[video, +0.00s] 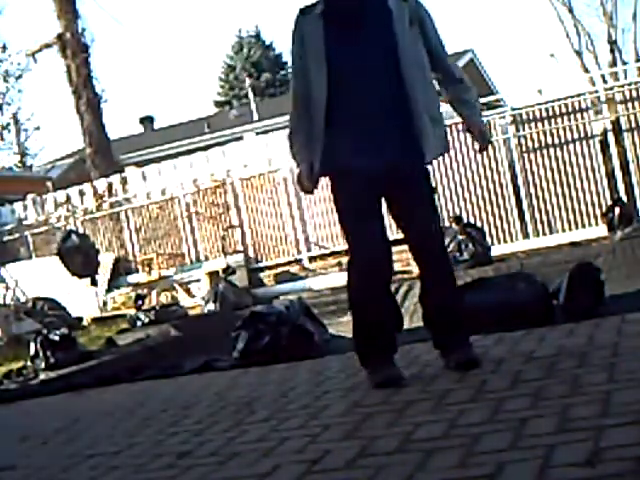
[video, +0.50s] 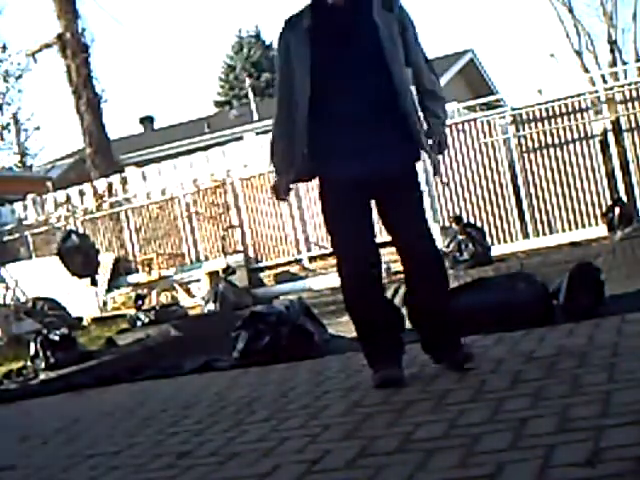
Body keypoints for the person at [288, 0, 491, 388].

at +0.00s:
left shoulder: (405, 8)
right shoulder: (309, 20)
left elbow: (443, 67)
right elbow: (302, 96)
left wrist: (473, 117)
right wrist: (304, 158)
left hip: (404, 155)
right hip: (348, 164)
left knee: (432, 253)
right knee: (369, 261)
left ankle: (455, 345)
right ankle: (378, 360)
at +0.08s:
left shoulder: (408, 7)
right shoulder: (311, 21)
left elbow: (445, 64)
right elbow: (308, 95)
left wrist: (466, 117)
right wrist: (311, 158)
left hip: (408, 154)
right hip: (350, 165)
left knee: (433, 255)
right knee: (369, 265)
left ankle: (455, 346)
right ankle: (385, 361)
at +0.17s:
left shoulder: (408, 7)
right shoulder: (311, 20)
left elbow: (445, 66)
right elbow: (308, 94)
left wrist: (461, 121)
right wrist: (311, 155)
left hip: (408, 154)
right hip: (350, 165)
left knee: (433, 255)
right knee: (368, 266)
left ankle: (455, 346)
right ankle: (387, 361)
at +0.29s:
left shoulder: (402, 7)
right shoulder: (306, 21)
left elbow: (434, 71)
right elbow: (303, 94)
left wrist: (444, 128)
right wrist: (308, 155)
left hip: (406, 156)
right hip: (346, 166)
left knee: (431, 256)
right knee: (365, 268)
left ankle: (455, 346)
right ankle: (385, 361)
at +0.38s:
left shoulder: (395, 8)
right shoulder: (300, 22)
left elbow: (428, 75)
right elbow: (294, 98)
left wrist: (436, 128)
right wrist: (296, 163)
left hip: (399, 159)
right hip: (342, 171)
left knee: (426, 257)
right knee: (361, 269)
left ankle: (453, 345)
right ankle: (384, 362)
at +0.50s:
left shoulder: (389, 11)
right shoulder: (295, 30)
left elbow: (423, 74)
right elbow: (287, 104)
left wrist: (435, 123)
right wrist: (283, 169)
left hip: (394, 162)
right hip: (338, 174)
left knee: (422, 257)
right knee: (357, 271)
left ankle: (445, 344)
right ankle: (385, 362)